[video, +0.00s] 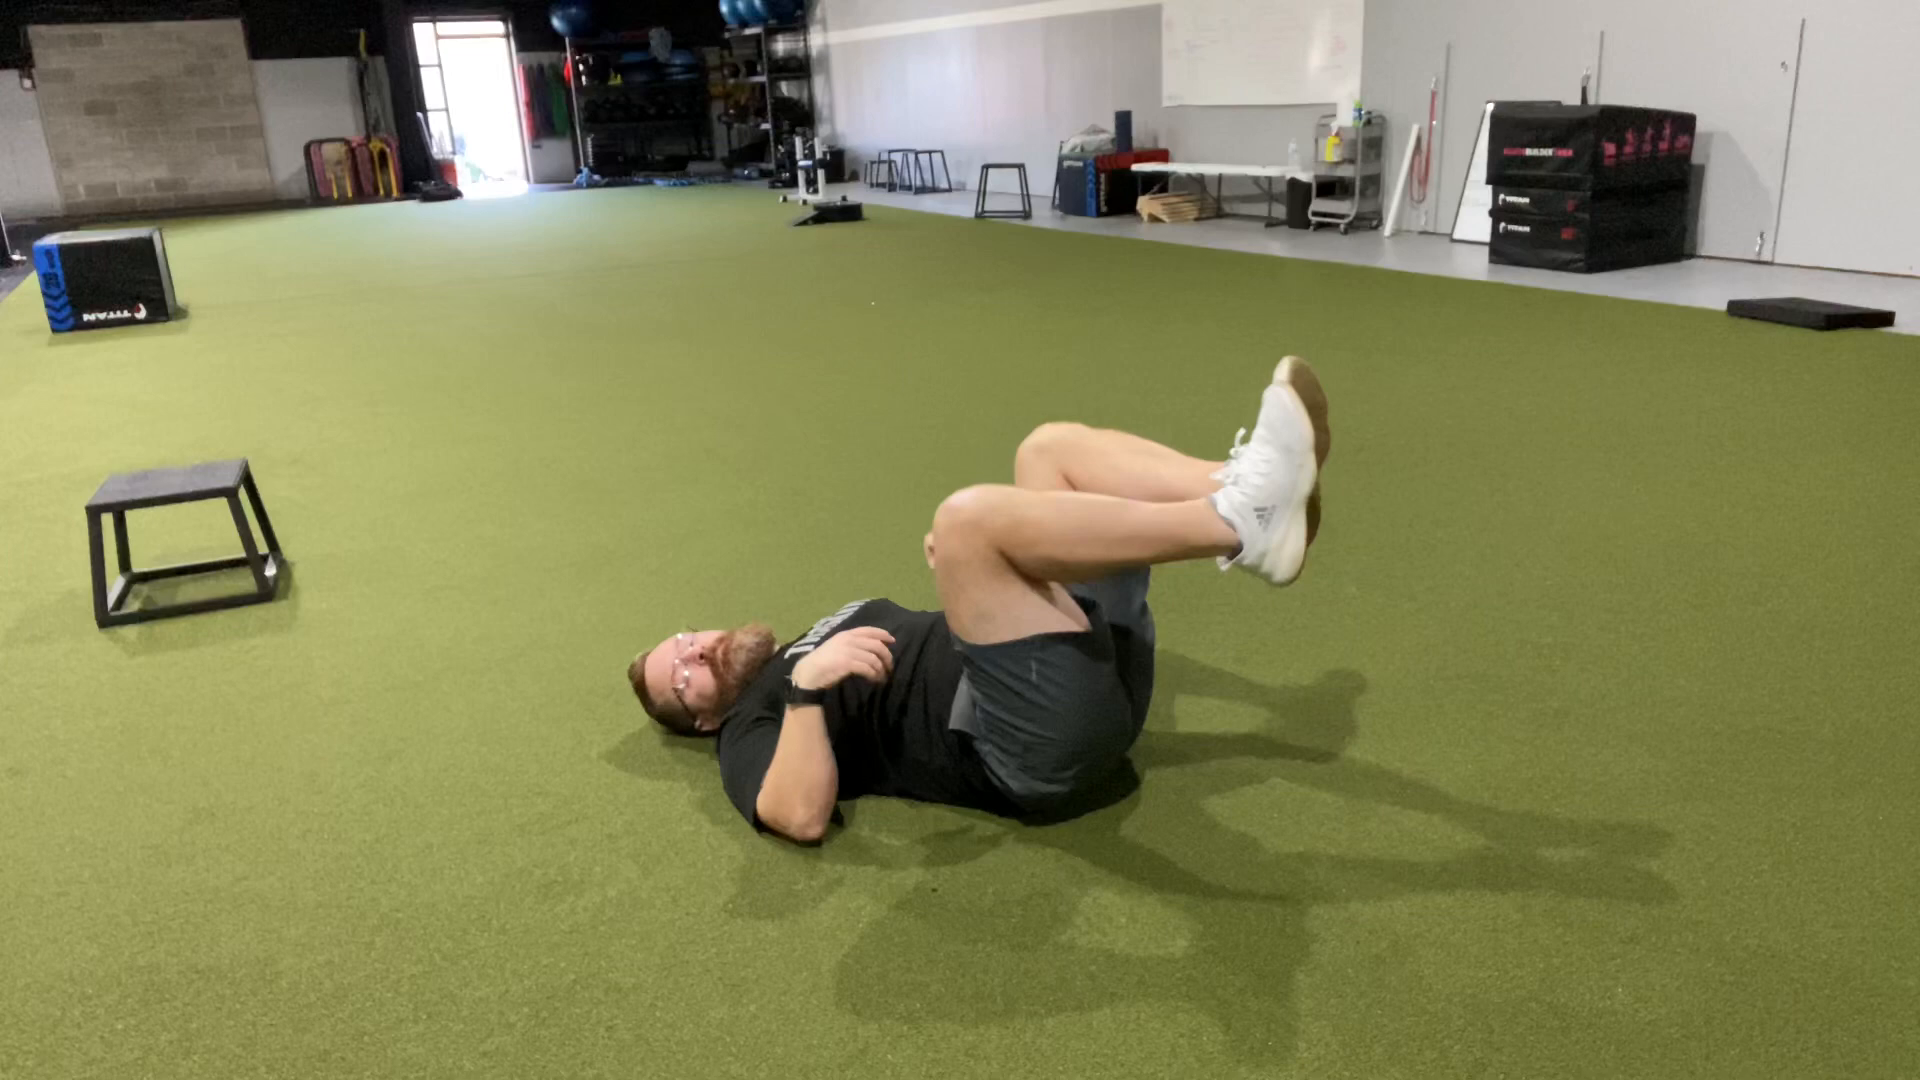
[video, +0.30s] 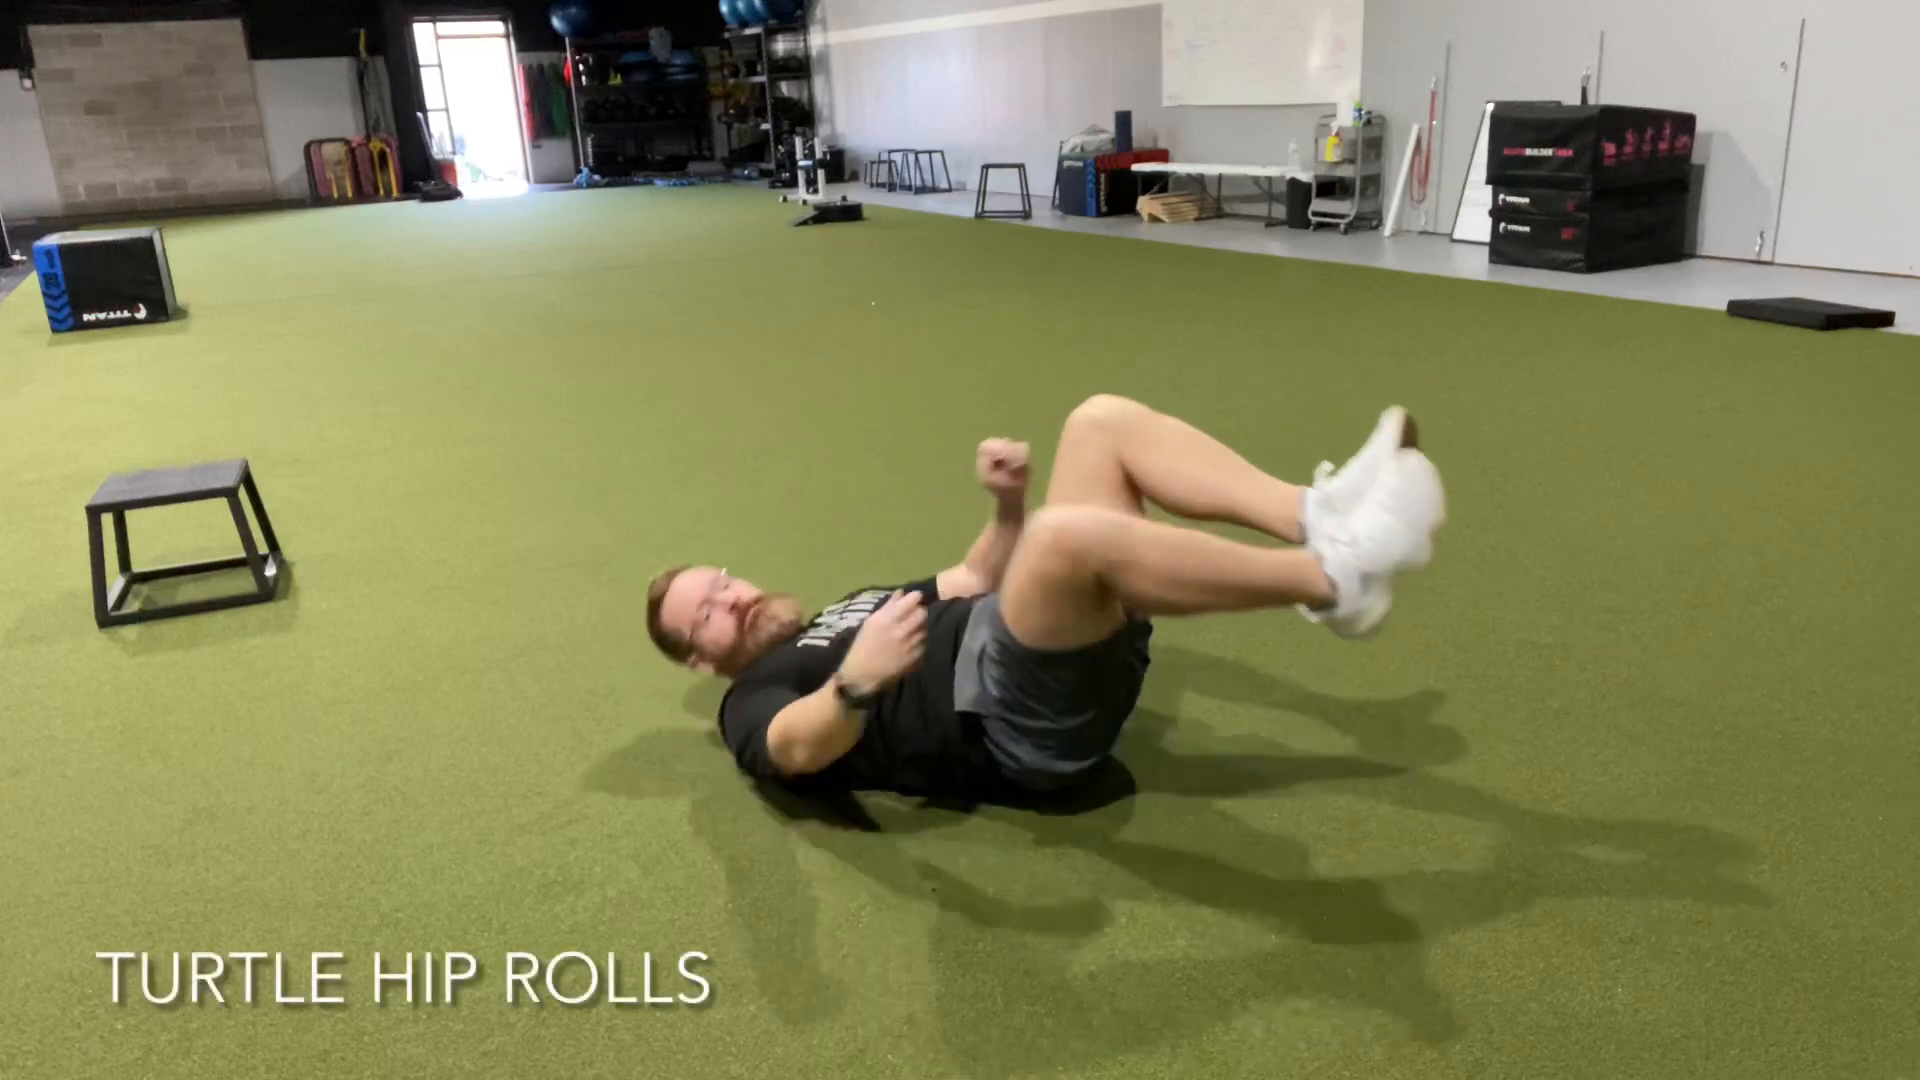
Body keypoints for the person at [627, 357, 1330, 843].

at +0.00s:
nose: (698, 649)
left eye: (689, 642)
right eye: (685, 675)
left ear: (722, 626)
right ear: (704, 713)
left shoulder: (838, 625)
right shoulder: (753, 738)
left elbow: (946, 637)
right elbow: (798, 818)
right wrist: (805, 691)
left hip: (1089, 678)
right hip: (1031, 746)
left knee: (1050, 447)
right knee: (961, 524)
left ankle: (1247, 506)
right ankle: (1235, 522)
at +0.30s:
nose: (728, 597)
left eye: (720, 583)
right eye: (706, 616)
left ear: (749, 580)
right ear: (707, 660)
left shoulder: (853, 612)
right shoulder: (753, 711)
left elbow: (969, 583)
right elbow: (798, 750)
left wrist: (1009, 506)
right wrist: (856, 684)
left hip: (1037, 642)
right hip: (1006, 730)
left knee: (1099, 424)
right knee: (1065, 541)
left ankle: (1313, 513)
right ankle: (1330, 582)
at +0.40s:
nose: (756, 568)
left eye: (751, 551)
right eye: (729, 577)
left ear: (780, 550)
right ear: (716, 621)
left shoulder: (874, 584)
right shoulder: (761, 687)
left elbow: (986, 553)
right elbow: (833, 710)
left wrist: (1051, 484)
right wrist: (913, 661)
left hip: (1043, 630)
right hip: (1011, 726)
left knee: (1136, 441)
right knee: (1121, 584)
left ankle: (1359, 540)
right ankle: (1377, 620)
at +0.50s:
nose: (800, 536)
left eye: (798, 517)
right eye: (771, 539)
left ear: (810, 519)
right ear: (738, 580)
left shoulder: (888, 564)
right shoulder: (778, 668)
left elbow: (1007, 526)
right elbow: (869, 686)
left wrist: (1104, 468)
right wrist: (964, 644)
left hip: (1066, 631)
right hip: (1028, 739)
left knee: (1187, 470)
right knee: (1154, 641)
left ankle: (1415, 580)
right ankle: (1413, 672)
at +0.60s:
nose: (828, 513)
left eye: (827, 493)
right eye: (798, 511)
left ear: (841, 493)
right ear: (757, 545)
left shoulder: (904, 540)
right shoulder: (792, 647)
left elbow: (1030, 513)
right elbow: (892, 680)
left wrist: (1139, 472)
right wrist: (1004, 647)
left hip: (1079, 649)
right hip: (1030, 744)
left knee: (1232, 500)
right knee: (1177, 685)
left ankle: (1457, 626)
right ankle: (1436, 720)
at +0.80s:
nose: (916, 450)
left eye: (920, 427)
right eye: (886, 440)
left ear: (931, 424)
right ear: (835, 462)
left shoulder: (978, 487)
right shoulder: (851, 588)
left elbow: (1120, 501)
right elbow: (922, 711)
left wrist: (1251, 496)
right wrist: (1060, 743)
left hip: (1123, 653)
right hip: (1052, 744)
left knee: (1304, 561)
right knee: (1202, 755)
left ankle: (1512, 718)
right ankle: (1453, 814)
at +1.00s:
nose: (1018, 418)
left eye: (1026, 395)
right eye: (989, 404)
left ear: (1040, 390)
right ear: (933, 420)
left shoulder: (1083, 466)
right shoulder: (921, 558)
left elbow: (1224, 515)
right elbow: (894, 728)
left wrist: (1359, 557)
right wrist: (1024, 824)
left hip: (1164, 664)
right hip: (1083, 751)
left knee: (1342, 566)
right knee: (1225, 806)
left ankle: (1528, 738)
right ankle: (1441, 841)